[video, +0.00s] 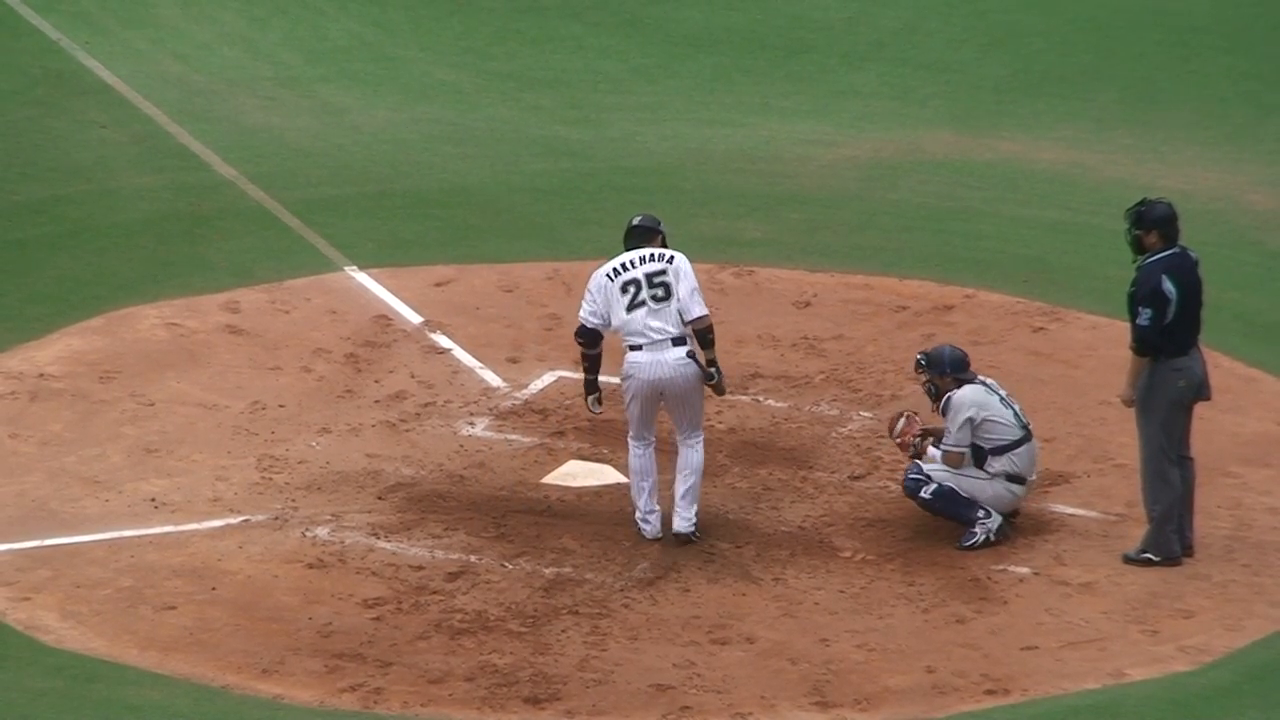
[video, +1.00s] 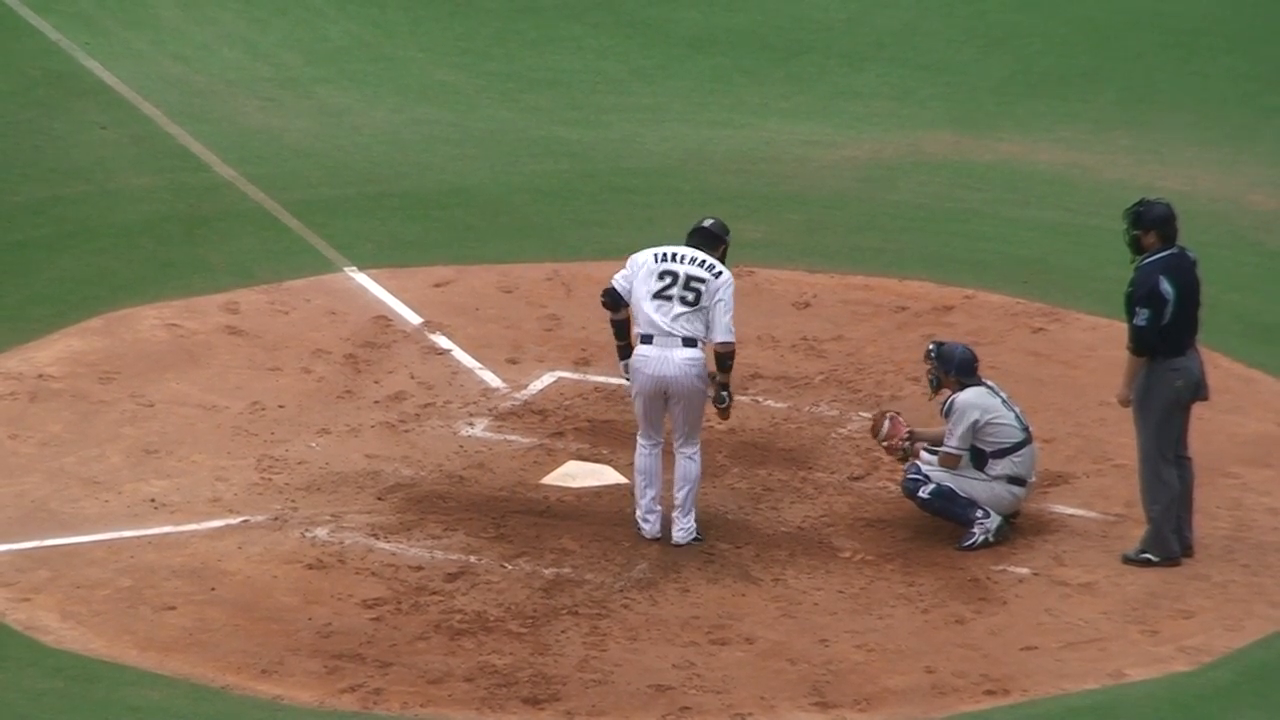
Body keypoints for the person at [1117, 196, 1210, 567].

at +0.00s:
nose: (1135, 236)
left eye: (1139, 231)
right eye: (1136, 229)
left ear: (1152, 236)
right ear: (1167, 232)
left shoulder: (1150, 275)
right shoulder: (1186, 260)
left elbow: (1143, 342)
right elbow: (1188, 322)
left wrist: (1130, 385)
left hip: (1164, 372)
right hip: (1188, 364)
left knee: (1158, 459)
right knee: (1177, 455)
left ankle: (1161, 544)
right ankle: (1179, 536)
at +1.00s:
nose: (1133, 236)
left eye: (1137, 231)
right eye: (1134, 229)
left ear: (1150, 236)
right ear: (1166, 233)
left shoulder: (1148, 275)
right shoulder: (1184, 260)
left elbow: (1140, 342)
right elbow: (1187, 323)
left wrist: (1126, 386)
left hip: (1161, 372)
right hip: (1186, 365)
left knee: (1155, 459)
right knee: (1175, 455)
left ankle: (1160, 544)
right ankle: (1178, 536)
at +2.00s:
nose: (1131, 237)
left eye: (1135, 232)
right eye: (1133, 230)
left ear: (1148, 236)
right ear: (1166, 232)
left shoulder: (1152, 272)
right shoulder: (1183, 261)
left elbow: (1144, 341)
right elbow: (1185, 323)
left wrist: (1129, 385)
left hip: (1163, 373)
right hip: (1186, 369)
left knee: (1124, 451)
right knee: (1174, 453)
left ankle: (1149, 540)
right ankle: (1177, 536)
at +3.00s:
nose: (1082, 249)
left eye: (1086, 244)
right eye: (1082, 242)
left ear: (1100, 248)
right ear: (1112, 245)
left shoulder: (1100, 289)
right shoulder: (1136, 269)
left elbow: (1094, 354)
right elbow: (1144, 326)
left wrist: (1079, 398)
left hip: (1124, 383)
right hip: (1150, 373)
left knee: (1094, 463)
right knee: (1140, 444)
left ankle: (1101, 557)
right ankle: (1146, 510)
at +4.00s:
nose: (1089, 238)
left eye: (1093, 233)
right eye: (1091, 231)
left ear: (1105, 239)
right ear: (1122, 235)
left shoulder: (1103, 277)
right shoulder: (1139, 263)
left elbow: (1096, 343)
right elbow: (1141, 323)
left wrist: (1085, 389)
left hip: (1115, 374)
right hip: (1140, 365)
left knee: (1106, 459)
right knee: (1134, 441)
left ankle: (1106, 554)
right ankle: (1144, 511)